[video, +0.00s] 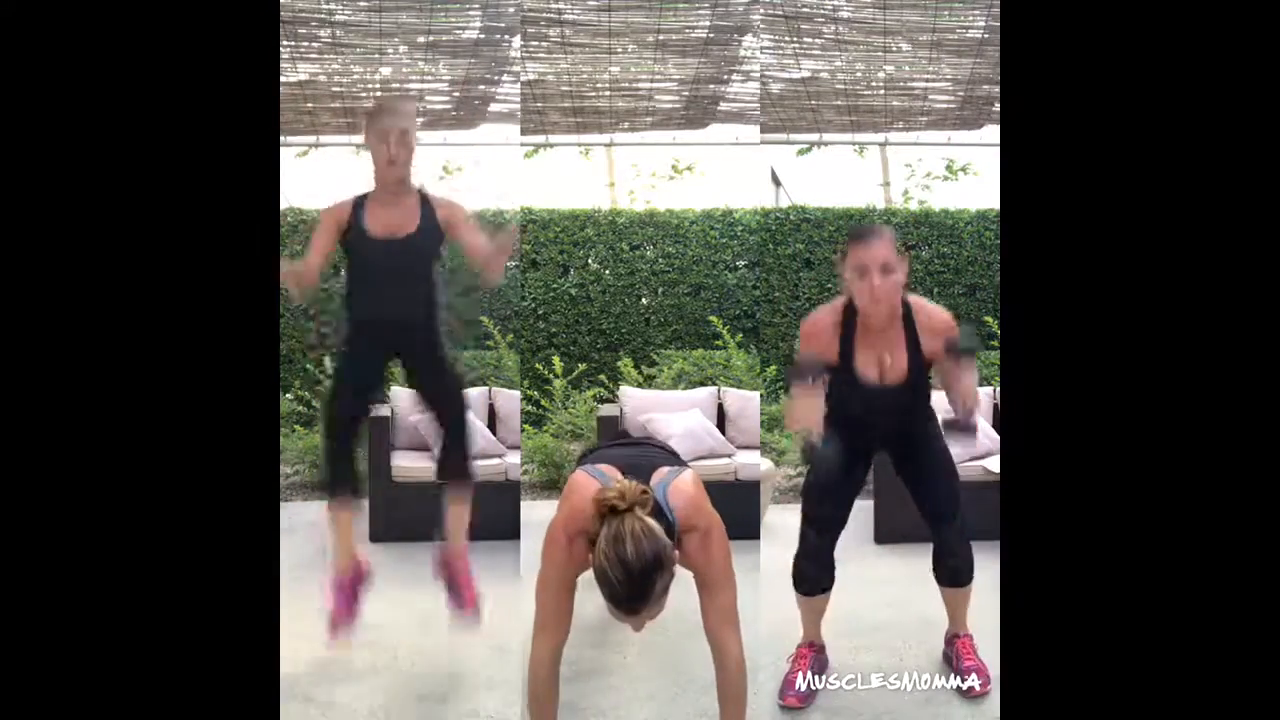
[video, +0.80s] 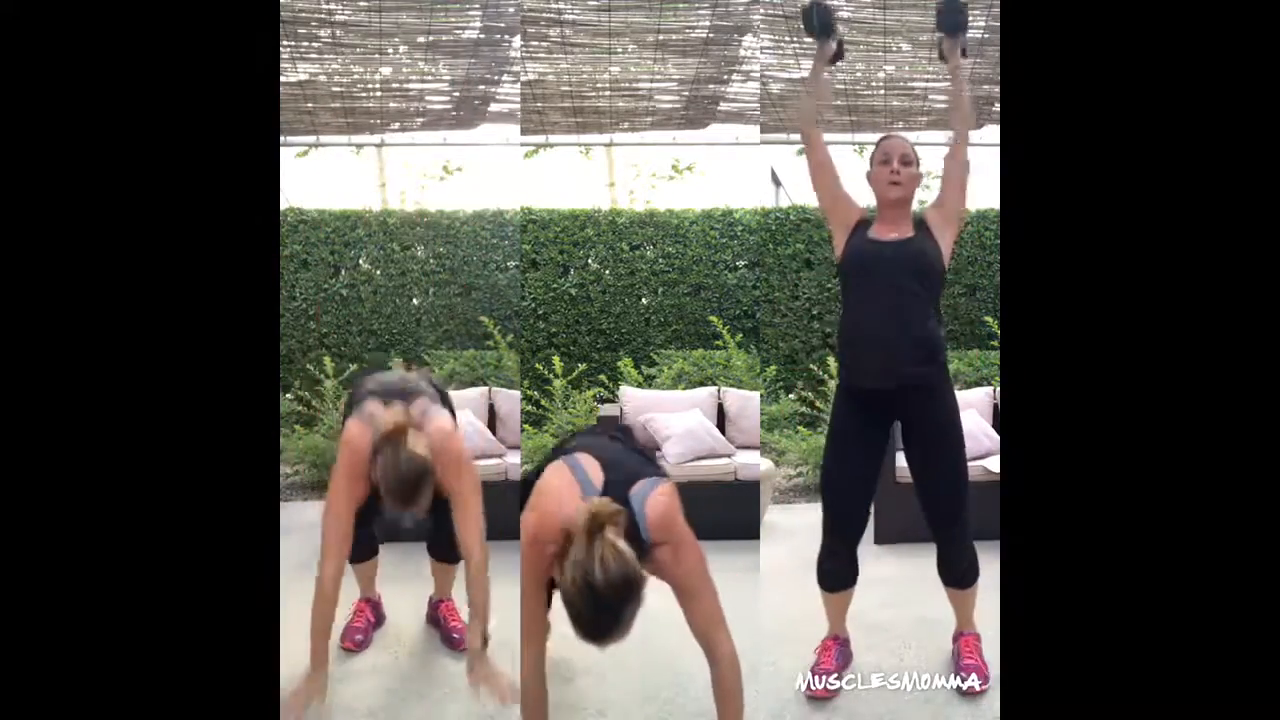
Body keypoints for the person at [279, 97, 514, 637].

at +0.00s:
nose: (393, 152)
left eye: (402, 142)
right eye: (383, 143)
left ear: (414, 146)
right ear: (369, 148)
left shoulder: (442, 211)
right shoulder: (342, 216)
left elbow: (488, 268)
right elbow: (307, 275)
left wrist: (502, 248)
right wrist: (286, 270)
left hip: (422, 345)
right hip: (365, 346)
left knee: (456, 427)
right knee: (338, 436)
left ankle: (455, 553)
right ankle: (347, 565)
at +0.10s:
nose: (391, 211)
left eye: (399, 202)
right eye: (381, 202)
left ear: (413, 210)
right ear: (366, 209)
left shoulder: (438, 260)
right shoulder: (344, 266)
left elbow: (485, 320)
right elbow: (313, 331)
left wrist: (498, 304)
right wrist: (298, 331)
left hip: (424, 399)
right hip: (365, 401)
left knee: (444, 494)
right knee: (354, 500)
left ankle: (443, 602)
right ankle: (369, 603)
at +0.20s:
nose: (393, 241)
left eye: (402, 228)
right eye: (382, 230)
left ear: (417, 224)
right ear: (367, 229)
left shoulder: (442, 277)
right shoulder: (342, 279)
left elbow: (478, 339)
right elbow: (317, 349)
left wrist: (486, 363)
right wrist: (304, 384)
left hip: (424, 399)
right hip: (364, 401)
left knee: (442, 497)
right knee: (357, 502)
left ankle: (443, 603)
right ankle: (368, 603)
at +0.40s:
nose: (396, 284)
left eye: (406, 275)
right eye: (385, 275)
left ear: (422, 254)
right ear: (370, 256)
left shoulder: (446, 287)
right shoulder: (344, 287)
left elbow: (479, 359)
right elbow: (317, 370)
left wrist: (482, 423)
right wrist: (317, 442)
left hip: (421, 396)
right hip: (364, 397)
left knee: (427, 496)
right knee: (368, 498)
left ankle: (443, 600)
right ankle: (368, 601)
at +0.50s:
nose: (400, 333)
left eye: (410, 325)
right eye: (391, 325)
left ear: (426, 305)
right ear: (375, 303)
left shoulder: (448, 319)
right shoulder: (348, 317)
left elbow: (482, 399)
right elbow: (315, 408)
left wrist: (485, 478)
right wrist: (317, 491)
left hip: (422, 395)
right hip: (364, 396)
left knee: (430, 495)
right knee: (367, 496)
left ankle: (442, 601)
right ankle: (368, 601)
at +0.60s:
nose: (403, 399)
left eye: (413, 389)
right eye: (395, 389)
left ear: (428, 367)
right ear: (378, 365)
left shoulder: (451, 361)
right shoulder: (353, 357)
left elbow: (483, 450)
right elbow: (317, 462)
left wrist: (484, 529)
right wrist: (316, 560)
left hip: (428, 399)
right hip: (368, 401)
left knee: (437, 493)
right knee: (363, 495)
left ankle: (442, 601)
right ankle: (368, 601)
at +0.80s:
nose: (407, 514)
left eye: (413, 506)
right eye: (398, 508)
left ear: (431, 470)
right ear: (374, 468)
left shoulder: (445, 438)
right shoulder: (356, 438)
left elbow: (475, 553)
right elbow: (330, 567)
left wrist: (479, 653)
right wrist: (317, 671)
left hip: (430, 392)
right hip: (367, 390)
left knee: (449, 508)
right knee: (356, 513)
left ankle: (442, 602)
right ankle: (368, 602)